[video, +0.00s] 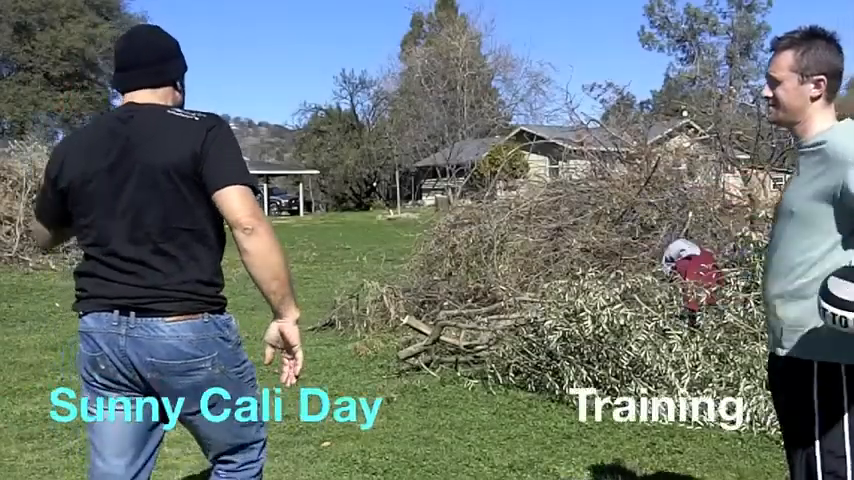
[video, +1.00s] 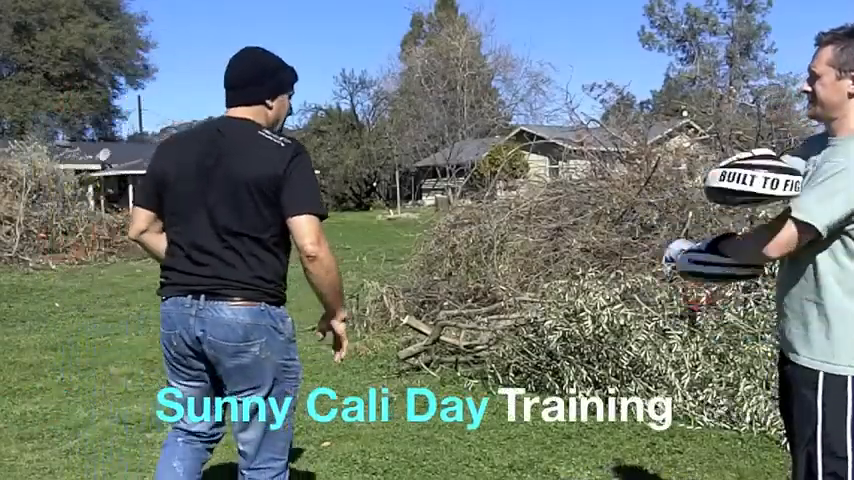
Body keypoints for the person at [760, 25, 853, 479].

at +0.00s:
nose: (765, 93)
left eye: (775, 82)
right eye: (767, 82)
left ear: (815, 87)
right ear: (812, 88)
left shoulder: (844, 152)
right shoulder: (811, 154)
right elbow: (826, 241)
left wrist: (850, 278)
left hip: (825, 355)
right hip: (794, 352)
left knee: (829, 470)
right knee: (806, 467)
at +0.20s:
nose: (762, 92)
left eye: (772, 82)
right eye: (765, 82)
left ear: (813, 87)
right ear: (810, 88)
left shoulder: (843, 148)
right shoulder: (810, 152)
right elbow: (824, 242)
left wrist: (849, 302)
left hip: (824, 350)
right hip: (791, 347)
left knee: (828, 469)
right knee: (804, 467)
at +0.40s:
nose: (771, 92)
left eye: (782, 82)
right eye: (773, 82)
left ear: (823, 88)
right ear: (818, 88)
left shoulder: (845, 157)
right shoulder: (812, 156)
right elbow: (819, 238)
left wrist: (845, 285)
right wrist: (775, 231)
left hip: (832, 365)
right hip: (793, 358)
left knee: (828, 471)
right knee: (804, 469)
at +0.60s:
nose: (789, 93)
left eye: (799, 82)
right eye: (792, 82)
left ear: (840, 87)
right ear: (836, 88)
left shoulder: (846, 161)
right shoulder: (819, 158)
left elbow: (851, 252)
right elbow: (800, 224)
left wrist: (762, 281)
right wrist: (736, 220)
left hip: (831, 365)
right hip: (798, 356)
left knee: (826, 471)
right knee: (804, 468)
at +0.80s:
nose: (803, 89)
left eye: (812, 79)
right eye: (805, 79)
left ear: (848, 85)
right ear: (841, 86)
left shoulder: (847, 162)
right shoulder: (819, 154)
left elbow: (805, 252)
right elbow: (779, 208)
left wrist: (712, 260)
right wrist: (721, 201)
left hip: (831, 363)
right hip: (802, 354)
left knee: (826, 470)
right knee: (809, 466)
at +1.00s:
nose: (804, 87)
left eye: (815, 77)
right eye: (808, 77)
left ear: (849, 84)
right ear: (842, 84)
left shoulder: (845, 158)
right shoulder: (816, 148)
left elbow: (773, 245)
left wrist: (696, 254)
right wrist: (717, 253)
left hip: (833, 356)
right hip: (803, 348)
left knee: (827, 470)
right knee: (809, 465)